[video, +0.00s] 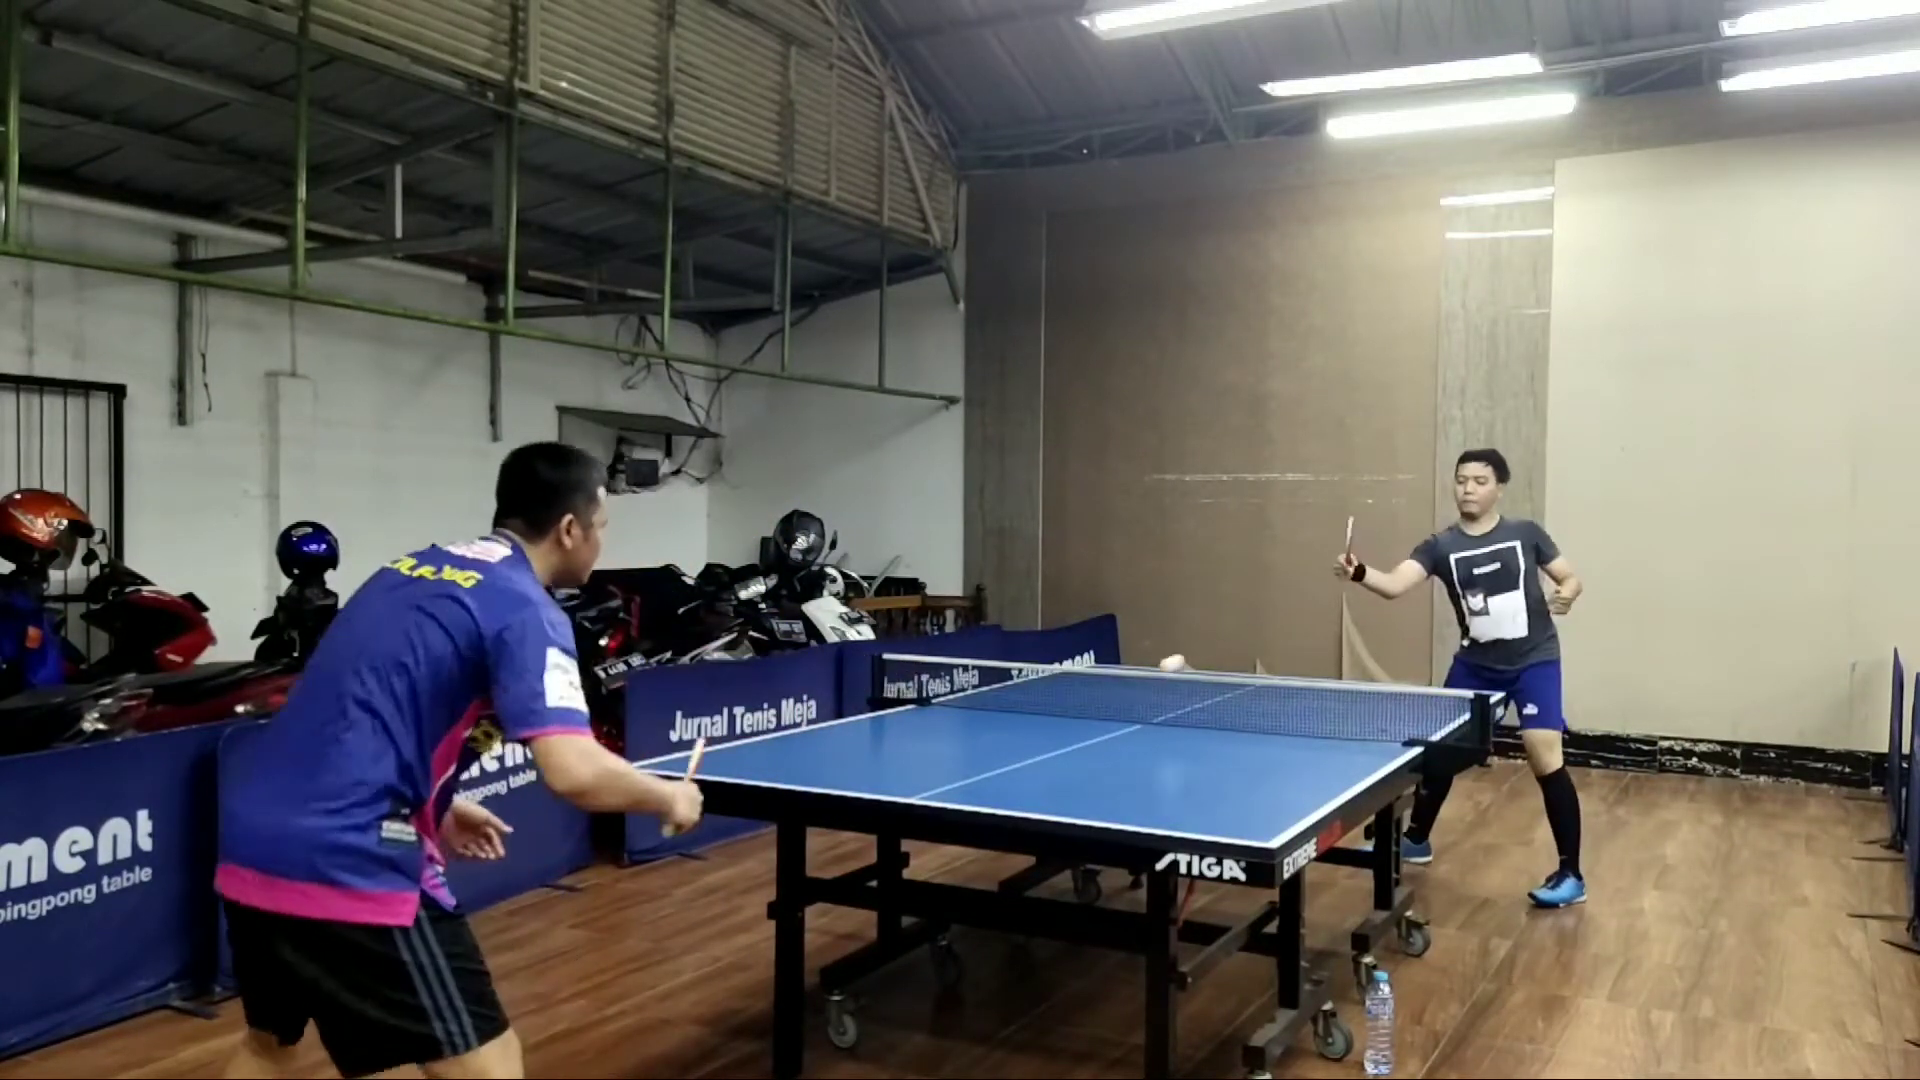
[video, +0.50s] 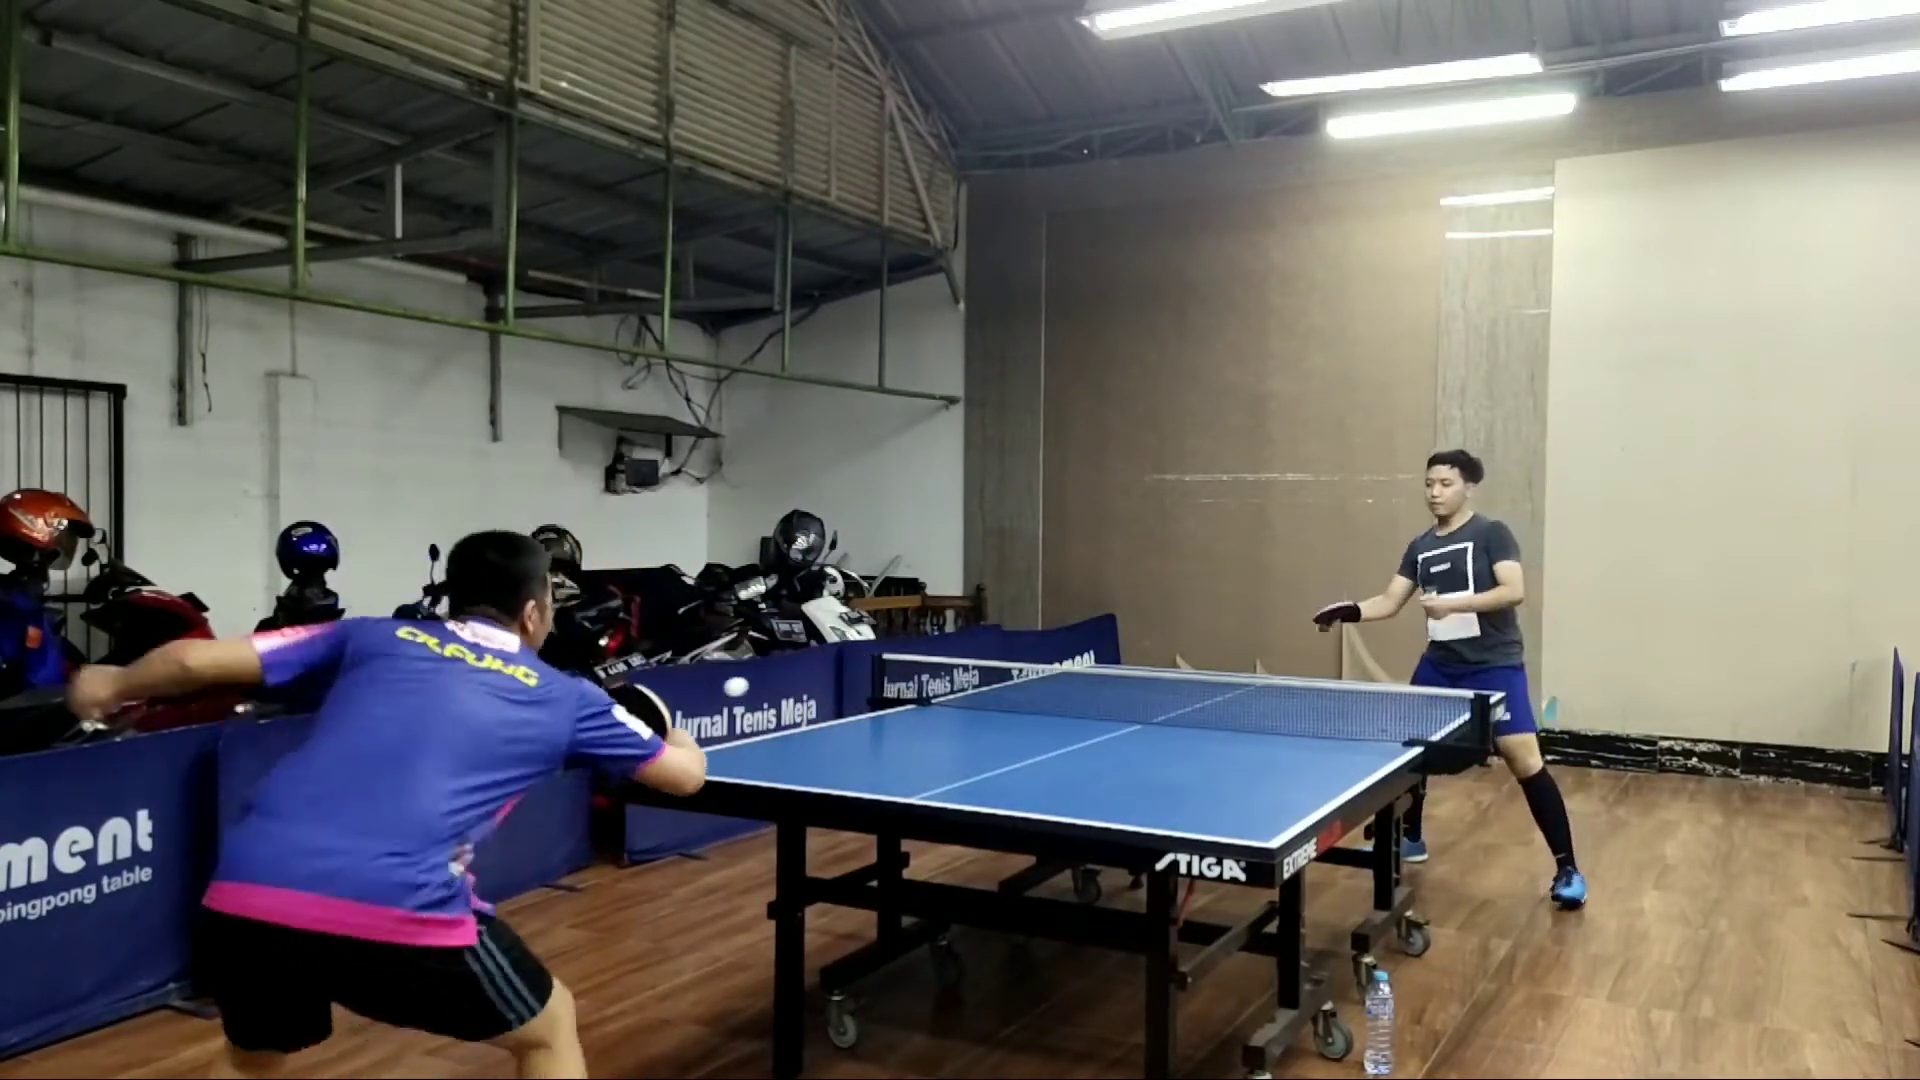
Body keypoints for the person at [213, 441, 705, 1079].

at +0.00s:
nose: (602, 544)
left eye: (603, 526)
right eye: (600, 526)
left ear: (507, 514)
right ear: (568, 528)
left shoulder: (416, 566)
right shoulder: (523, 605)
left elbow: (345, 713)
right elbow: (571, 769)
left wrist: (436, 809)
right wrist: (666, 795)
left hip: (249, 846)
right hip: (352, 860)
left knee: (269, 1044)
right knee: (485, 1060)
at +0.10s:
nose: (591, 558)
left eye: (595, 541)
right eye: (592, 541)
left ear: (497, 526)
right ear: (562, 544)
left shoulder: (400, 578)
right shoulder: (524, 623)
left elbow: (343, 728)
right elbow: (583, 793)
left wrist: (451, 799)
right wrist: (647, 801)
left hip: (237, 860)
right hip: (349, 876)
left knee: (277, 1052)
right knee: (485, 1060)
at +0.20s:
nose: (577, 570)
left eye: (581, 553)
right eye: (578, 553)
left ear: (484, 531)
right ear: (551, 550)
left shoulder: (387, 581)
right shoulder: (531, 629)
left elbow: (339, 718)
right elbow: (602, 794)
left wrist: (444, 781)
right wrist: (643, 790)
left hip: (222, 855)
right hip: (342, 870)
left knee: (256, 1048)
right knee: (474, 1063)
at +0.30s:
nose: (558, 582)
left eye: (560, 566)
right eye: (557, 566)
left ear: (459, 557)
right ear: (533, 568)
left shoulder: (367, 597)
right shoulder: (533, 652)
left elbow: (254, 712)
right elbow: (633, 799)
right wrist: (655, 787)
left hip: (212, 870)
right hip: (338, 883)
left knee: (249, 1046)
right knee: (493, 1062)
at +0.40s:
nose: (545, 606)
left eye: (546, 590)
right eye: (543, 590)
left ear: (444, 578)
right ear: (519, 597)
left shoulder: (351, 619)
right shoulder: (536, 681)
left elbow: (202, 682)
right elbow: (667, 790)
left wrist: (263, 724)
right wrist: (651, 740)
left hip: (216, 892)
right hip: (352, 904)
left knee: (250, 1051)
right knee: (533, 1027)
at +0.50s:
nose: (552, 616)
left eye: (549, 601)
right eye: (550, 603)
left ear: (451, 596)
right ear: (531, 614)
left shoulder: (368, 635)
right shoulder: (562, 697)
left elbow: (206, 660)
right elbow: (686, 775)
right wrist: (657, 729)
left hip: (249, 904)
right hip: (399, 923)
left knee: (254, 1057)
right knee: (548, 1030)